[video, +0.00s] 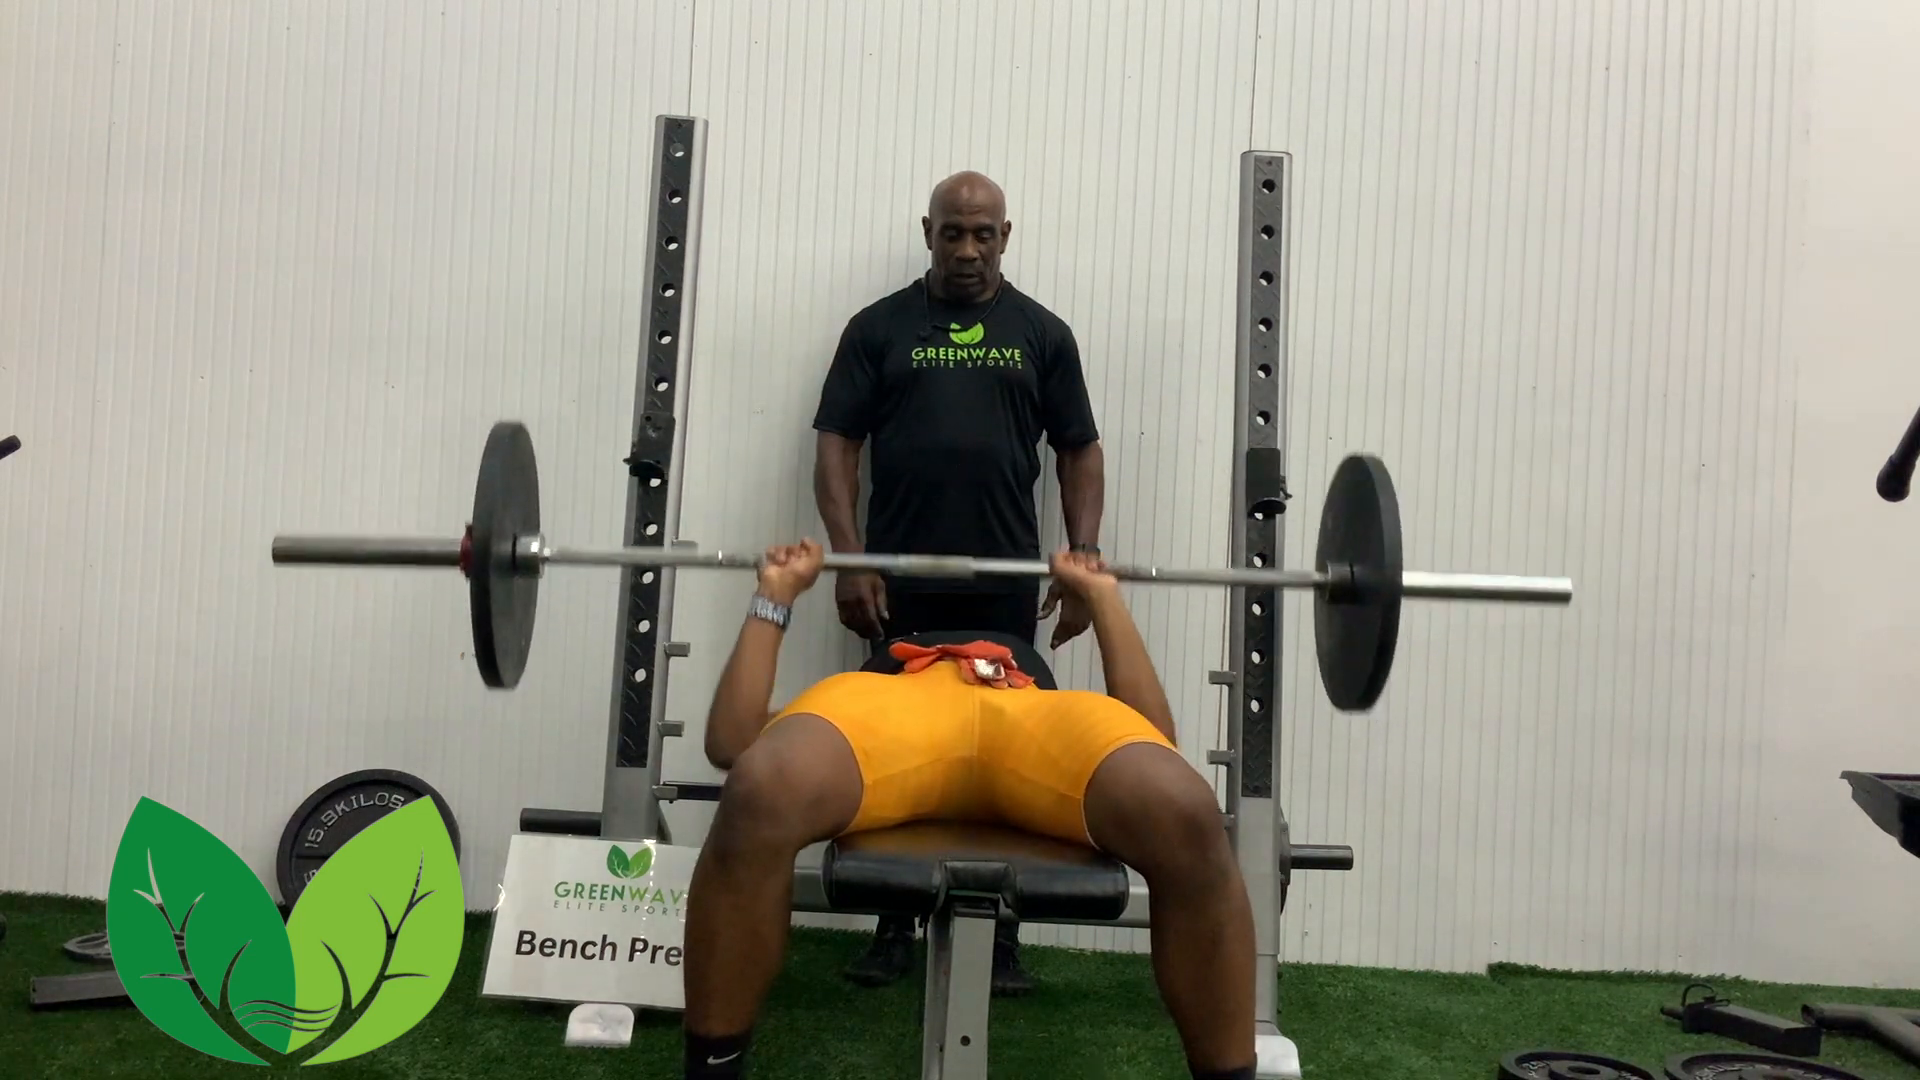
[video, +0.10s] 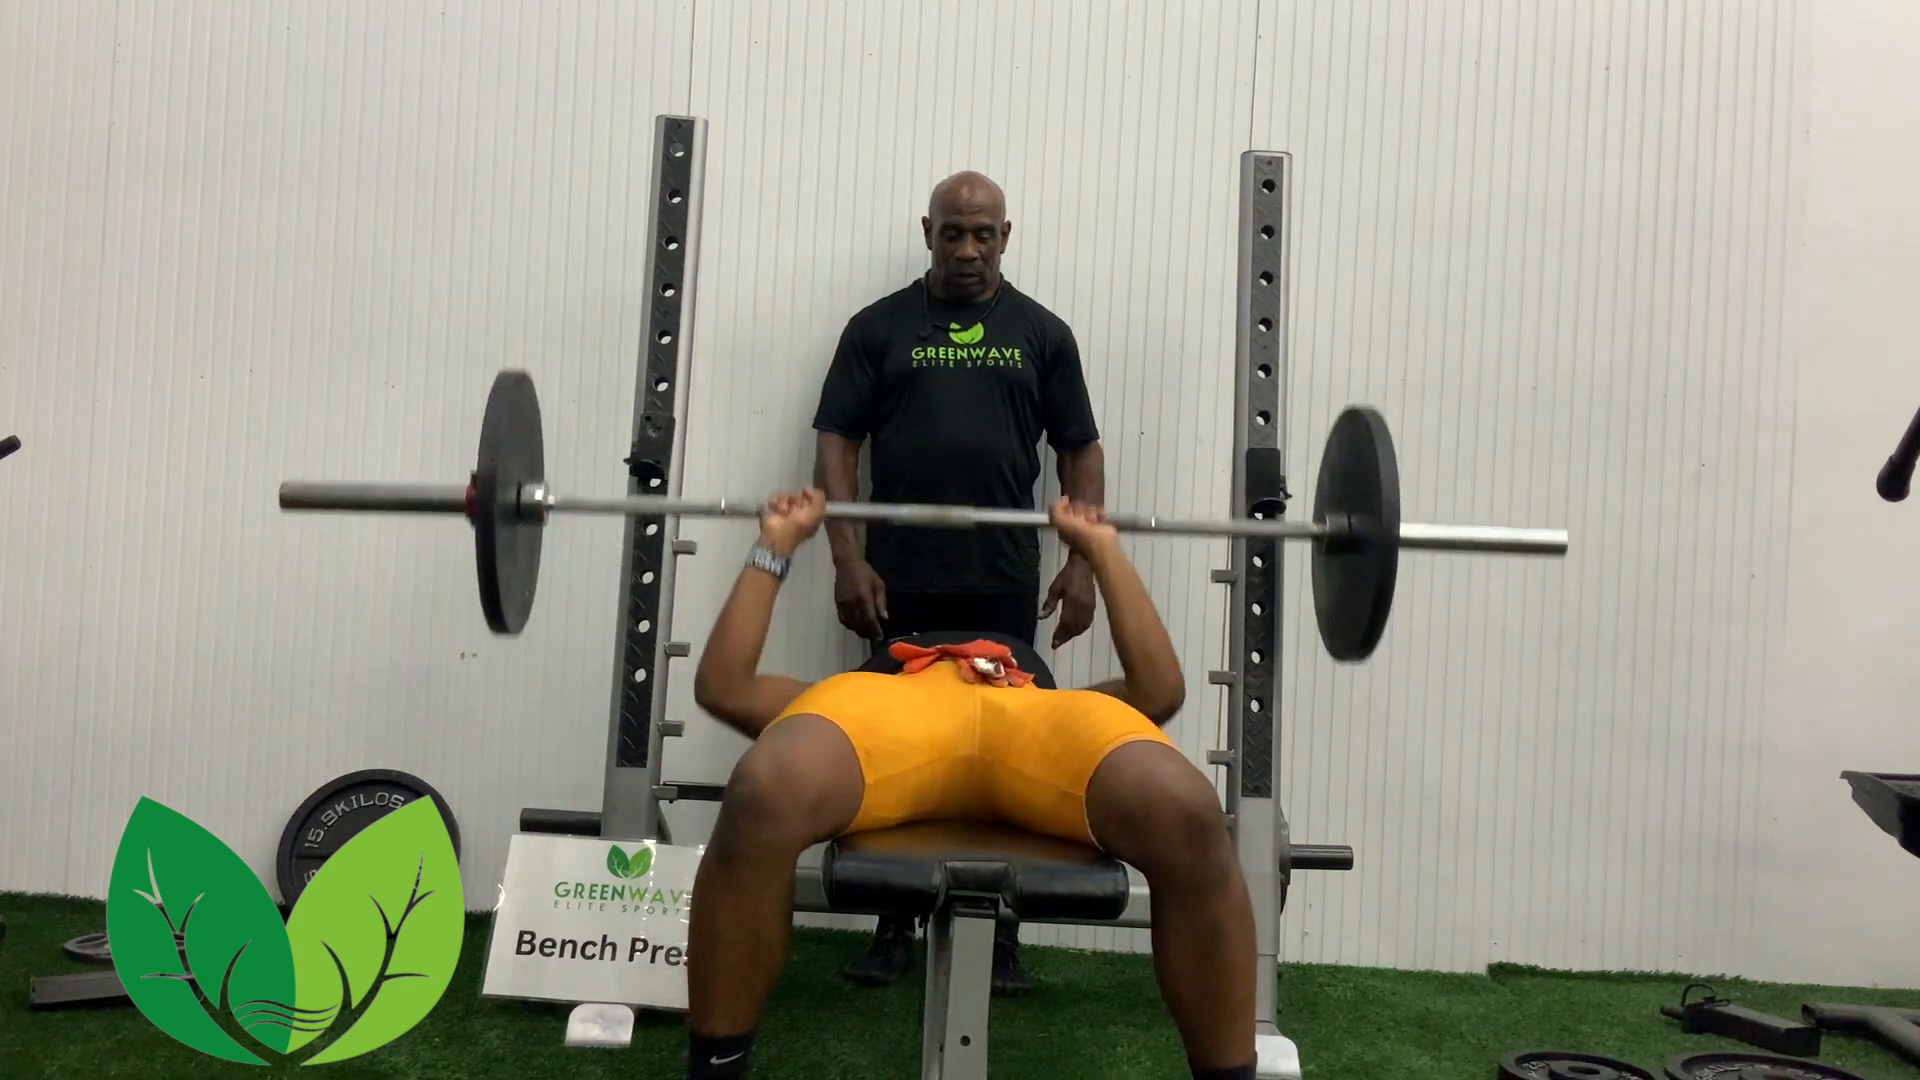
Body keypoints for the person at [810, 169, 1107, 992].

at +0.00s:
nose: (969, 249)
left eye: (985, 235)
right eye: (954, 233)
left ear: (1007, 239)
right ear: (928, 235)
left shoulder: (1041, 335)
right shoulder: (877, 330)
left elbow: (1079, 452)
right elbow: (836, 451)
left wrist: (1083, 560)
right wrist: (850, 562)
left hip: (1005, 591)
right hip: (903, 587)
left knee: (1011, 763)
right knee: (892, 757)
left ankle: (1000, 931)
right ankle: (895, 922)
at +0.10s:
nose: (969, 249)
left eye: (986, 235)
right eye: (954, 233)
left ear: (1007, 240)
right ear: (928, 234)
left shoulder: (1042, 335)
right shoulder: (877, 330)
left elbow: (1079, 452)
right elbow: (836, 448)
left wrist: (1085, 562)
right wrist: (849, 560)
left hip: (1004, 585)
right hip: (902, 582)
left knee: (1009, 753)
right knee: (891, 749)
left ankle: (998, 930)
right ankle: (895, 922)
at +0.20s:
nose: (969, 249)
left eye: (985, 235)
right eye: (954, 233)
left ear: (1007, 240)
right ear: (928, 234)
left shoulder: (1042, 335)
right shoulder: (876, 331)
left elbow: (1081, 460)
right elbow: (833, 453)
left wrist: (1082, 557)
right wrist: (848, 561)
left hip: (1005, 584)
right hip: (902, 581)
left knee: (1011, 753)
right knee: (891, 750)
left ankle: (998, 930)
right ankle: (896, 922)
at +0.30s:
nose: (969, 250)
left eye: (986, 236)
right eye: (954, 234)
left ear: (1007, 241)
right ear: (927, 236)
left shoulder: (1044, 337)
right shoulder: (876, 331)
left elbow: (1075, 456)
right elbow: (836, 446)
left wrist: (1082, 555)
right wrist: (848, 557)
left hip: (1007, 580)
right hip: (901, 577)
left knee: (1011, 754)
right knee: (889, 750)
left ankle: (1001, 928)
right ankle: (898, 919)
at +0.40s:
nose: (968, 250)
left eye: (985, 235)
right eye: (954, 233)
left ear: (1006, 241)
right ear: (927, 234)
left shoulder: (1045, 338)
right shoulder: (878, 328)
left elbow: (1072, 464)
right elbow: (837, 447)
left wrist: (1086, 554)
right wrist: (850, 556)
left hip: (1006, 578)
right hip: (898, 577)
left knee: (1015, 747)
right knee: (885, 742)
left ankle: (1002, 926)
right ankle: (895, 920)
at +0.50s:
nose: (969, 249)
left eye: (986, 235)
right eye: (954, 233)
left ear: (1006, 241)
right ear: (928, 234)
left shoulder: (1044, 336)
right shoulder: (879, 328)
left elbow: (1076, 461)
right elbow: (833, 445)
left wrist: (1082, 561)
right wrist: (847, 556)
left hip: (1008, 582)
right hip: (896, 580)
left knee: (1012, 746)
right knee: (887, 743)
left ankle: (1000, 926)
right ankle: (897, 919)